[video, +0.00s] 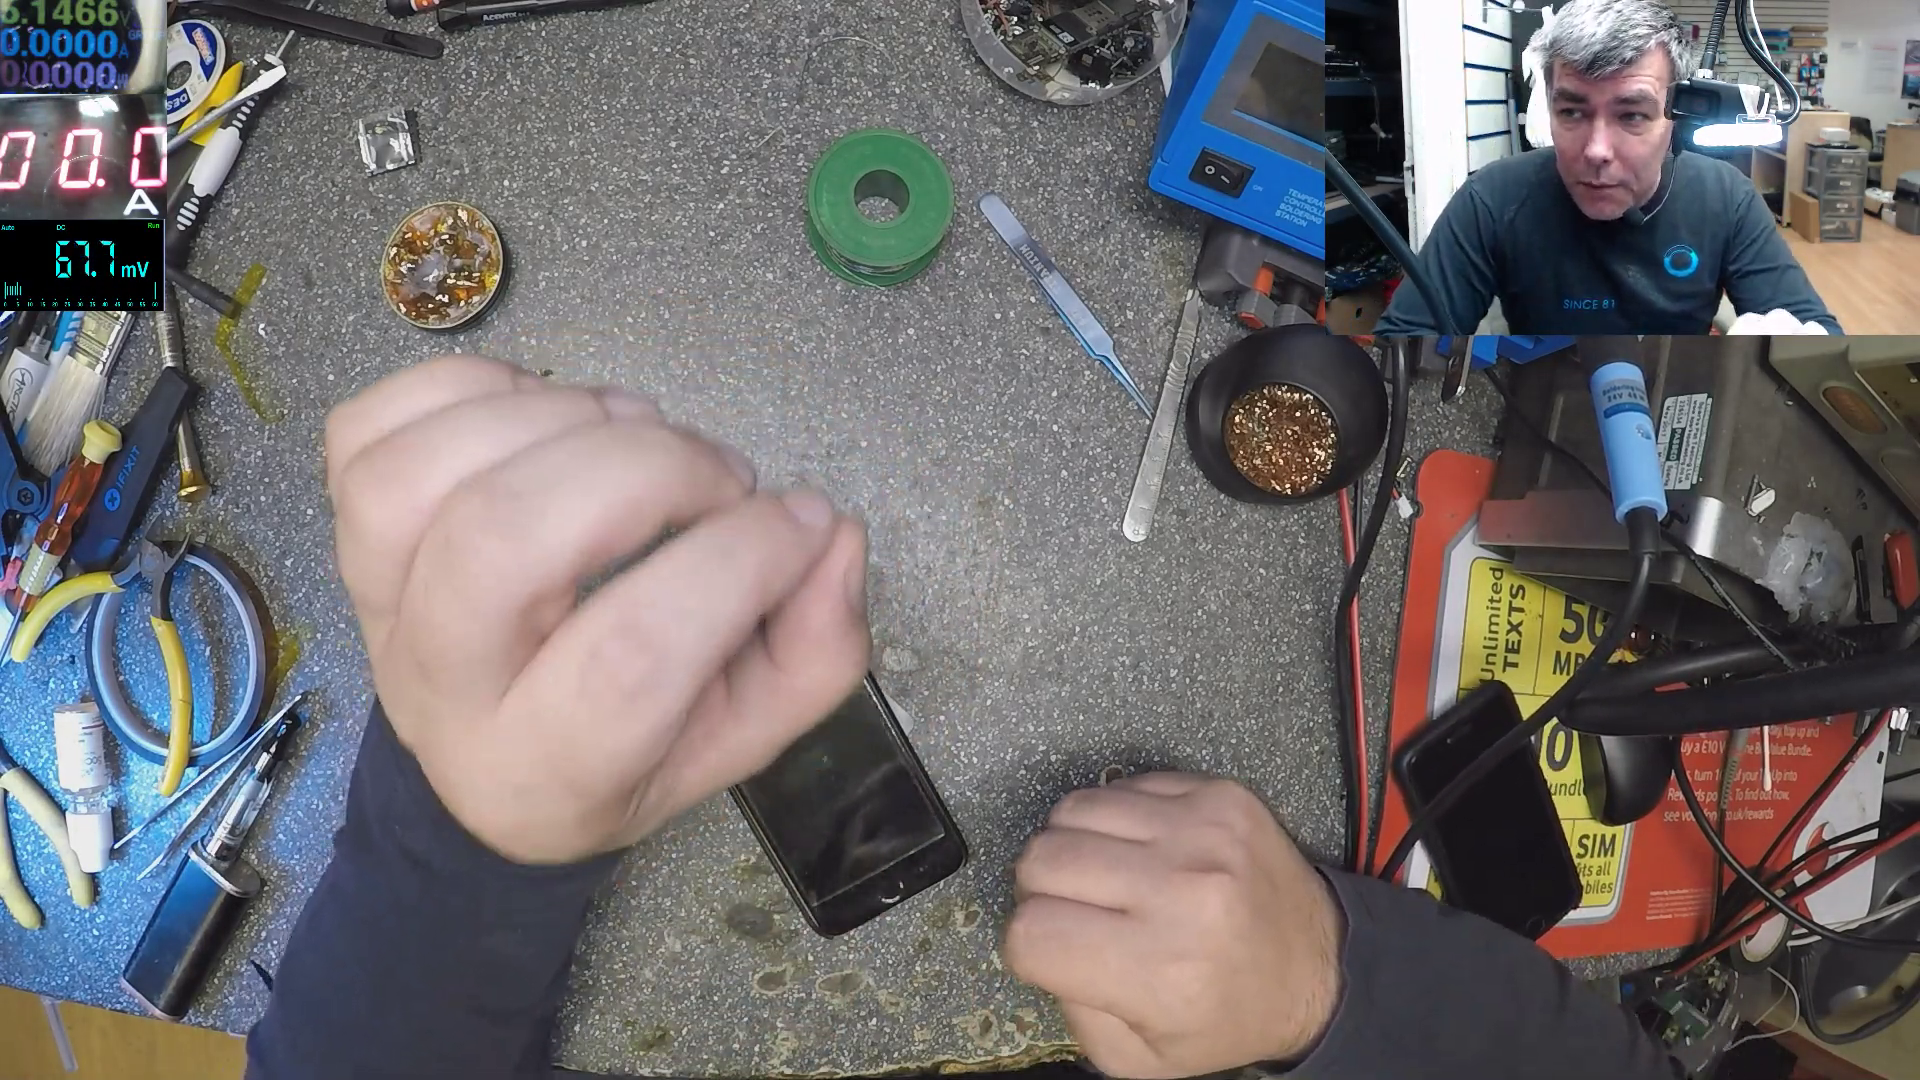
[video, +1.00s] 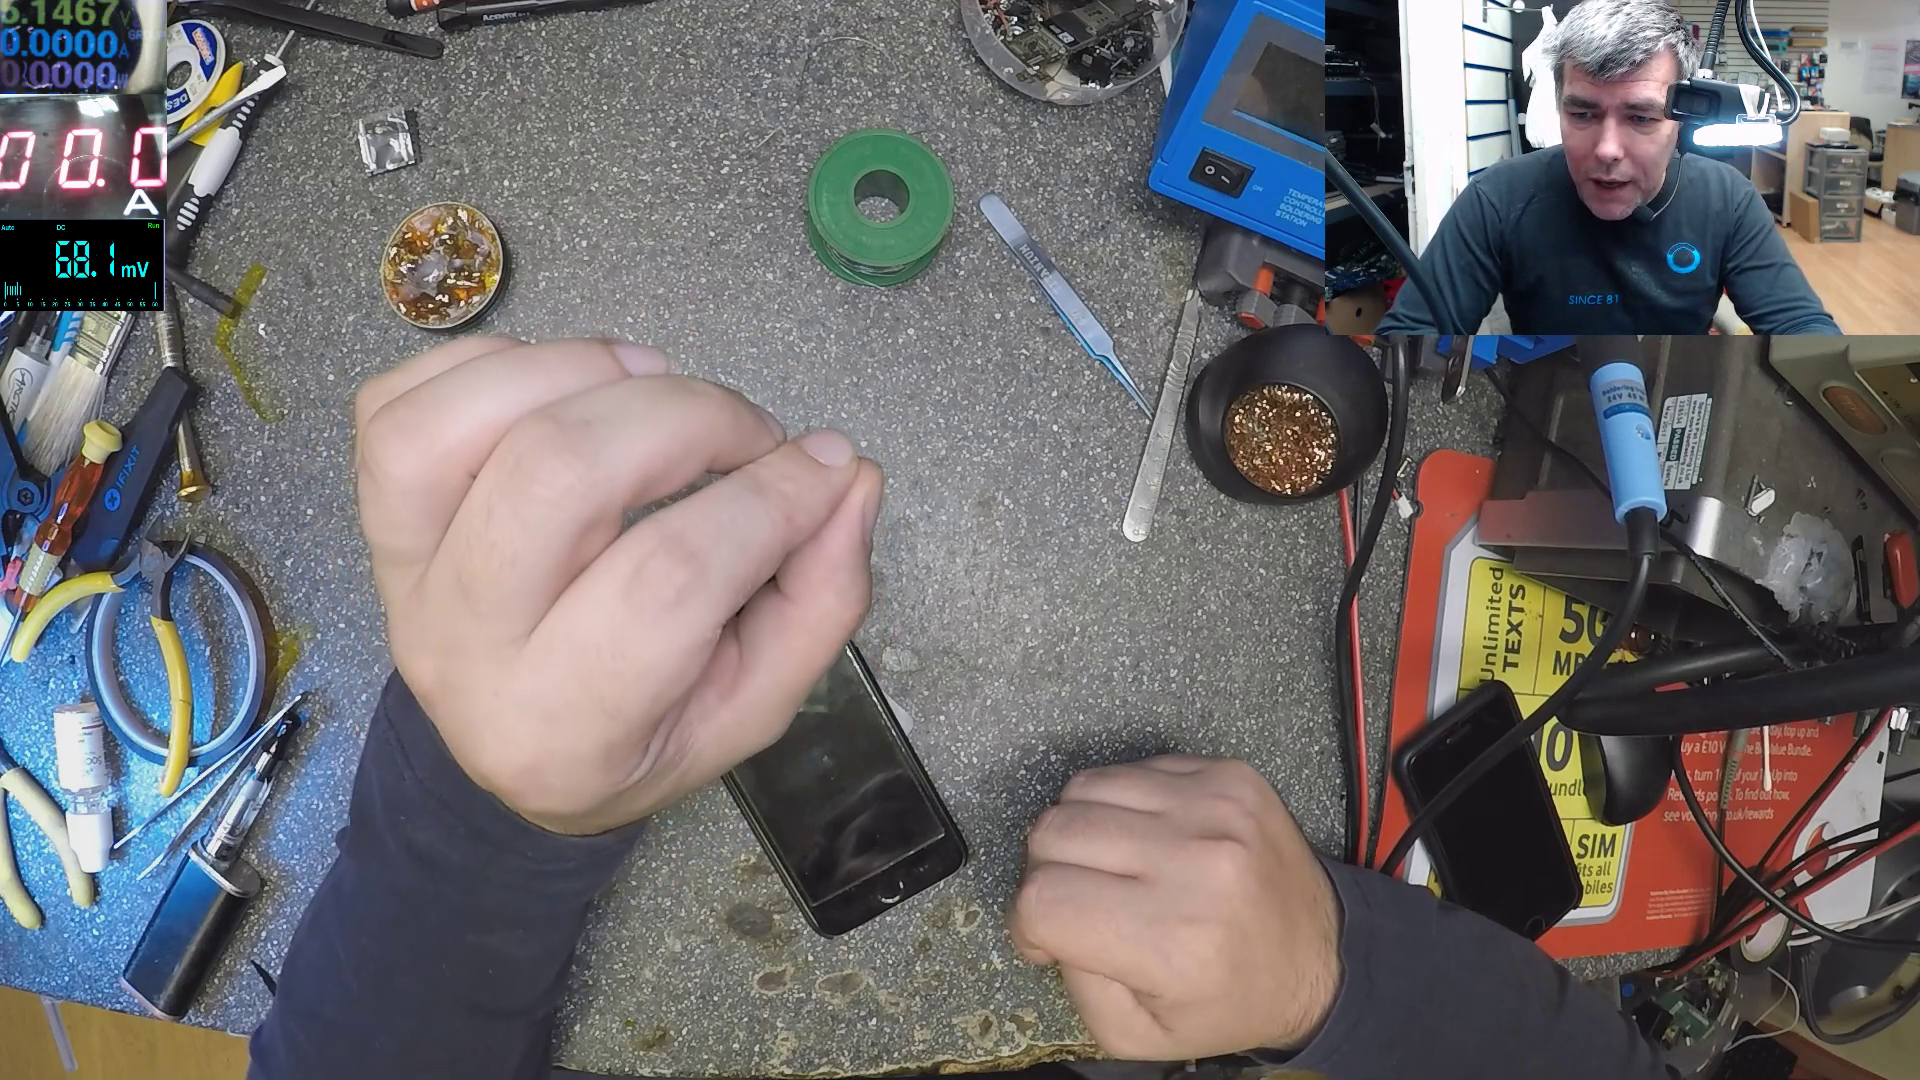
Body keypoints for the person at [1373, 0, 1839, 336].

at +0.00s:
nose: (1597, 153)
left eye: (1632, 116)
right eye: (1573, 112)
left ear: (1670, 115)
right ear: (1546, 107)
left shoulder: (1723, 199)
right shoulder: (1493, 203)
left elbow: (1817, 331)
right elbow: (1401, 342)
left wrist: (1788, 344)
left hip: (1683, 432)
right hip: (1542, 431)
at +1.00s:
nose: (1608, 151)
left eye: (1639, 117)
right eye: (1583, 114)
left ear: (1679, 114)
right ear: (1556, 105)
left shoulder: (1725, 202)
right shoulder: (1498, 203)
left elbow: (1804, 329)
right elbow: (1407, 334)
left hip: (1683, 420)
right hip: (1546, 421)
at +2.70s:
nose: (1610, 143)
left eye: (1639, 108)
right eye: (1581, 107)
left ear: (1670, 112)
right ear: (1550, 109)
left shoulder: (1722, 199)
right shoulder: (1496, 203)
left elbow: (1798, 327)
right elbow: (1407, 337)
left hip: (1683, 411)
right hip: (1546, 415)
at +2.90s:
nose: (1606, 138)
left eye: (1636, 103)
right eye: (1579, 103)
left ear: (1670, 107)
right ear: (1551, 107)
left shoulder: (1722, 199)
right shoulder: (1496, 202)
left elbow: (1800, 326)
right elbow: (1407, 335)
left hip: (1683, 416)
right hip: (1546, 418)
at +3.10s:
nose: (1589, 143)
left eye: (1624, 110)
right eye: (1569, 105)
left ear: (1666, 116)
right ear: (1546, 108)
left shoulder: (1721, 200)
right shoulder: (1496, 202)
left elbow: (1804, 330)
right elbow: (1407, 338)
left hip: (1682, 419)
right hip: (1545, 420)